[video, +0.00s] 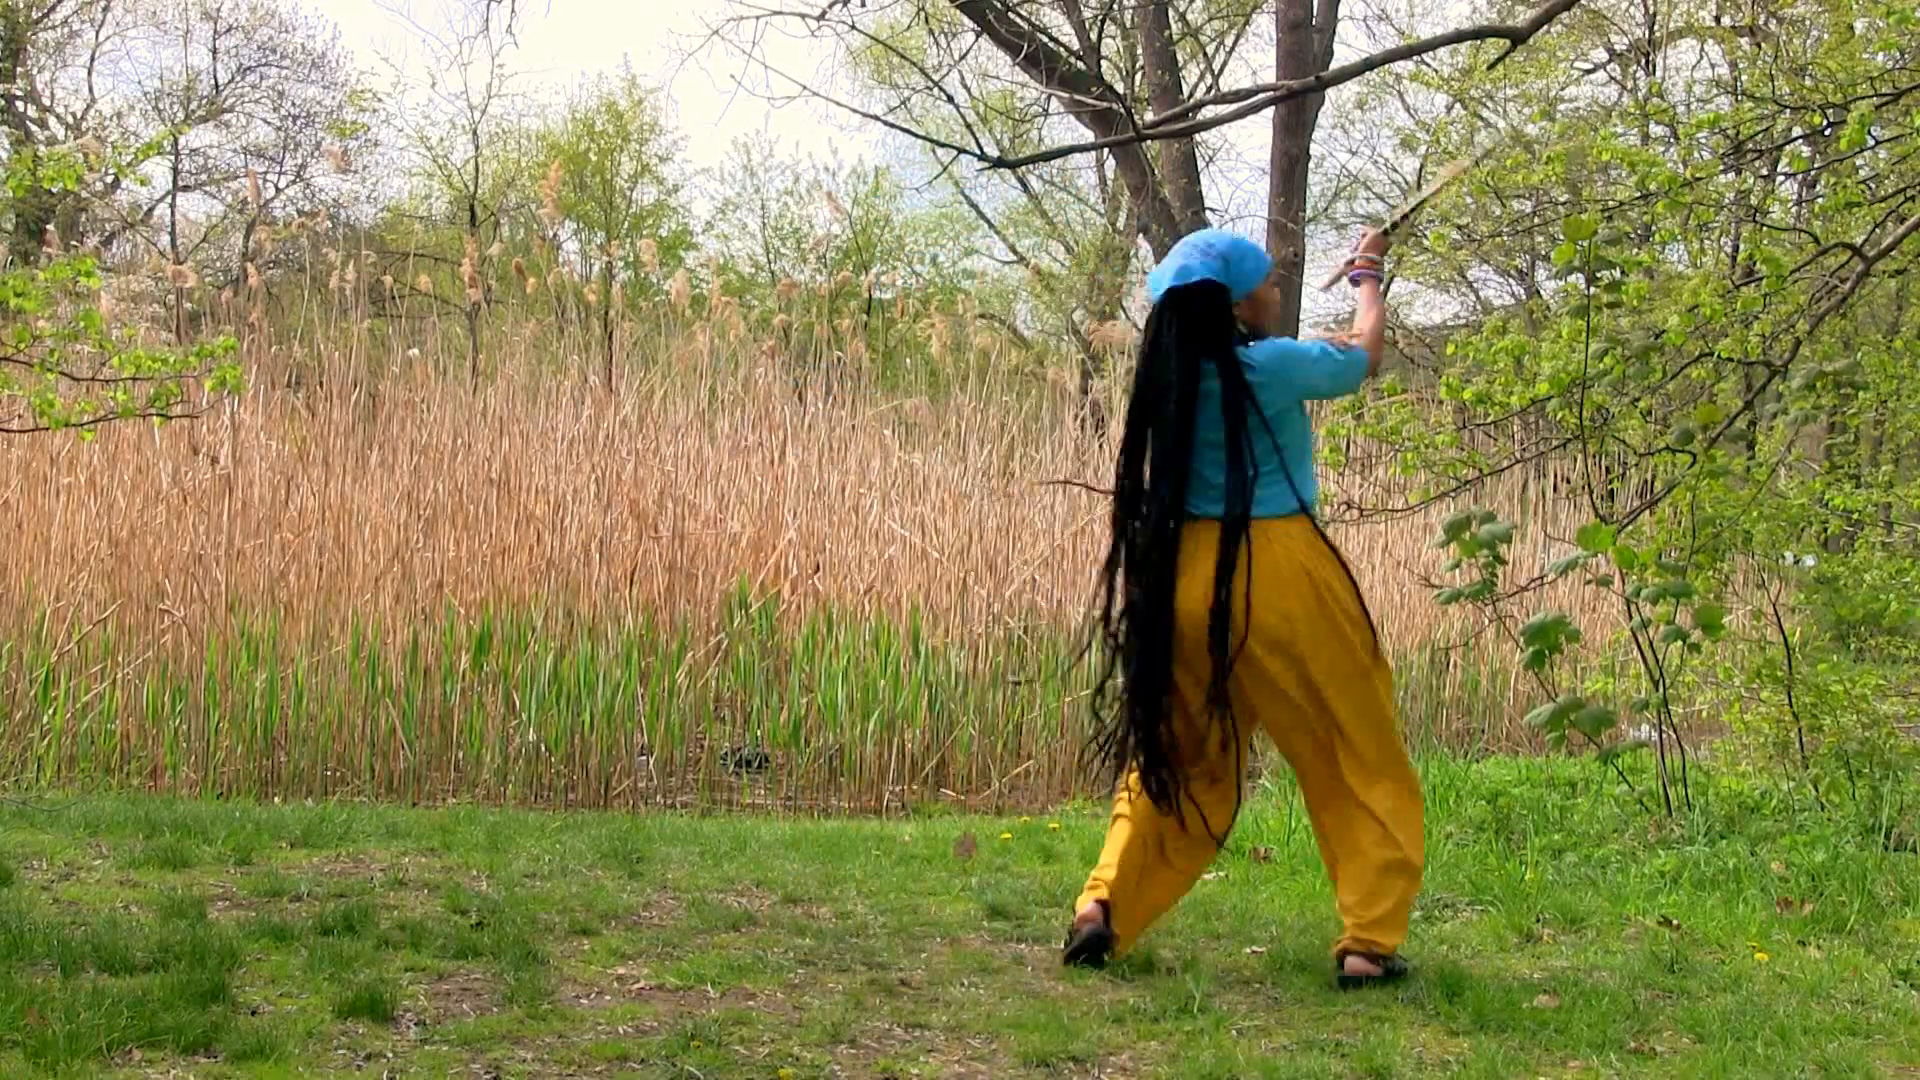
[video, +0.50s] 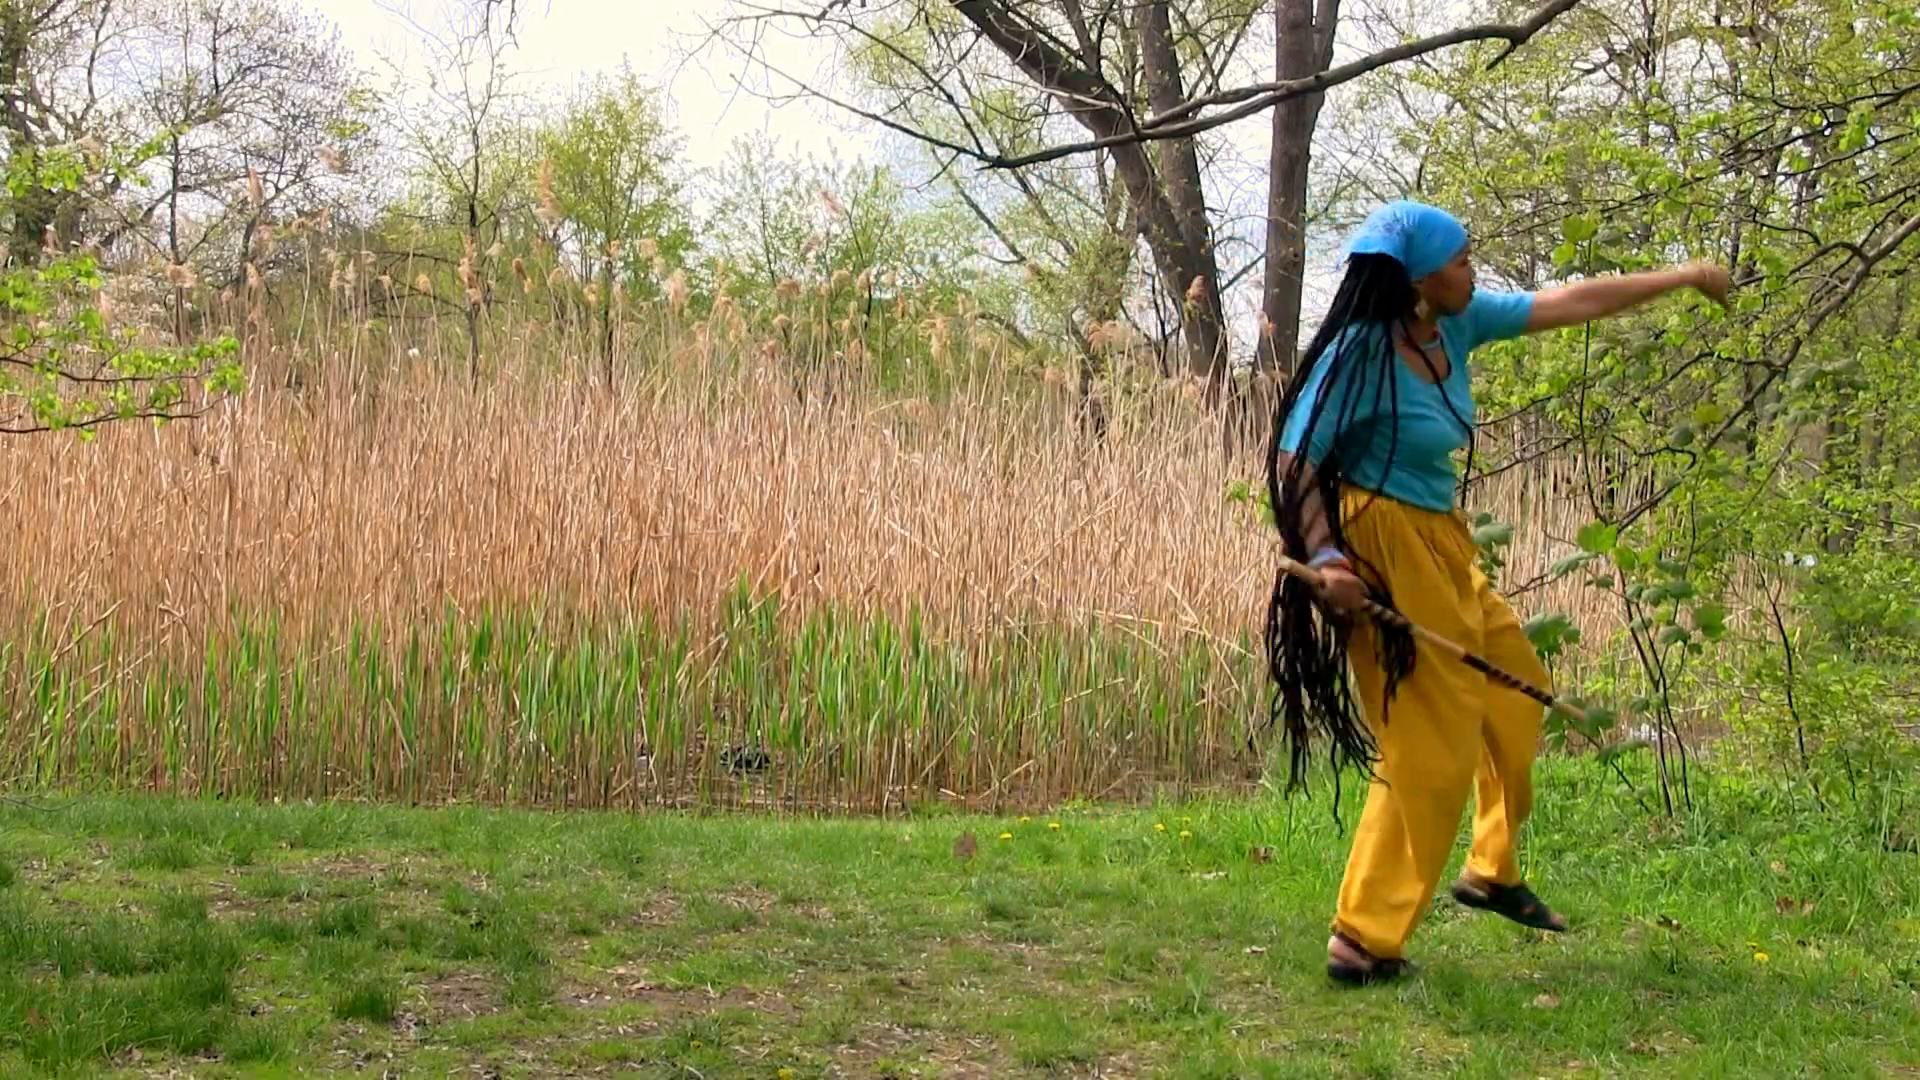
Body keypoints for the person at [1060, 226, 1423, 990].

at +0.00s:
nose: (1276, 289)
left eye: (1271, 278)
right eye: (1266, 279)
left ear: (1190, 304)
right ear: (1236, 301)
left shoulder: (1168, 371)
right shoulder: (1276, 362)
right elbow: (1361, 355)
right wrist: (1370, 278)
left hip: (1182, 567)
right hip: (1280, 568)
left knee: (1172, 750)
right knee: (1354, 749)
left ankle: (1101, 901)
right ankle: (1367, 941)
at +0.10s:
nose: (1322, 282)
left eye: (1318, 268)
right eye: (1312, 271)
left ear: (1240, 293)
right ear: (1276, 289)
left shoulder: (1220, 360)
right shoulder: (1313, 351)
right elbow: (1418, 353)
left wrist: (1396, 290)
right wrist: (1419, 276)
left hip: (1234, 557)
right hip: (1322, 557)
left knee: (1234, 749)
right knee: (1384, 750)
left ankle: (1122, 885)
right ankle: (1371, 945)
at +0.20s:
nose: (1361, 270)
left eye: (1356, 257)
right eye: (1351, 260)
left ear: (1295, 286)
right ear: (1317, 281)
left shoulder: (1281, 353)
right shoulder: (1337, 351)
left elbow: (1372, 416)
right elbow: (1453, 393)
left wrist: (1391, 345)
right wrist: (1498, 333)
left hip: (1291, 543)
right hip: (1353, 542)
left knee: (1321, 743)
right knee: (1405, 738)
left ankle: (1178, 829)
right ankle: (1375, 945)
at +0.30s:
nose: (1398, 270)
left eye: (1394, 258)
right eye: (1387, 260)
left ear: (1337, 280)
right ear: (1353, 278)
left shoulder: (1312, 342)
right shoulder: (1362, 355)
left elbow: (1440, 318)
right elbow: (1427, 475)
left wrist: (1471, 292)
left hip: (1312, 541)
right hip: (1363, 543)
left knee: (1419, 709)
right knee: (1420, 728)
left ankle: (1292, 794)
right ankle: (1377, 945)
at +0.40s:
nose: (1440, 269)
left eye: (1434, 256)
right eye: (1426, 259)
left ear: (1394, 279)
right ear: (1389, 281)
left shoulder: (1406, 323)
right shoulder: (1352, 365)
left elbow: (1516, 282)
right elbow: (1348, 491)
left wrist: (1634, 234)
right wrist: (1428, 572)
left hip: (1410, 542)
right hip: (1364, 554)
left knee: (1495, 669)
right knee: (1422, 723)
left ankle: (1417, 844)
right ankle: (1372, 939)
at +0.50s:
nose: (1473, 272)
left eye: (1467, 259)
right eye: (1459, 262)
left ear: (1434, 276)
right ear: (1417, 279)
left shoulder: (1454, 323)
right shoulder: (1352, 351)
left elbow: (1567, 302)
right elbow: (1295, 462)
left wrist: (1679, 276)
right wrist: (1320, 556)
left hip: (1444, 545)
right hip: (1379, 545)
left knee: (1518, 685)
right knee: (1432, 734)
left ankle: (1494, 870)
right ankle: (1363, 936)